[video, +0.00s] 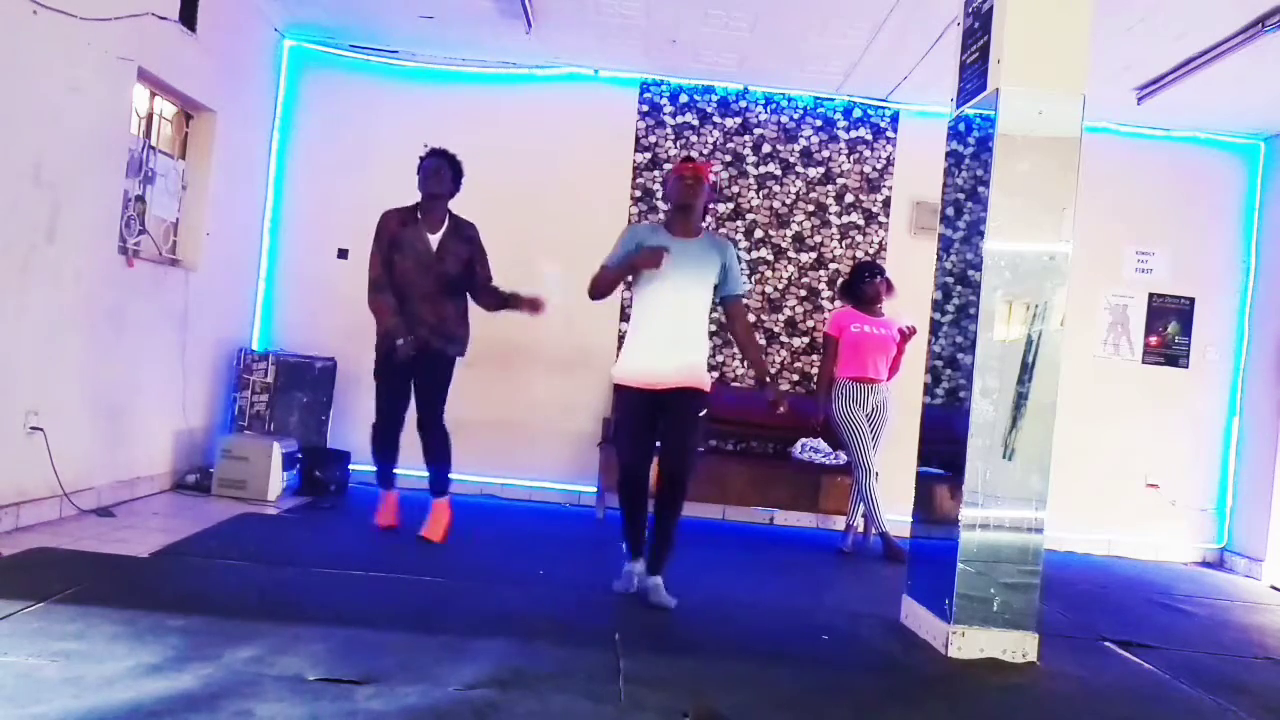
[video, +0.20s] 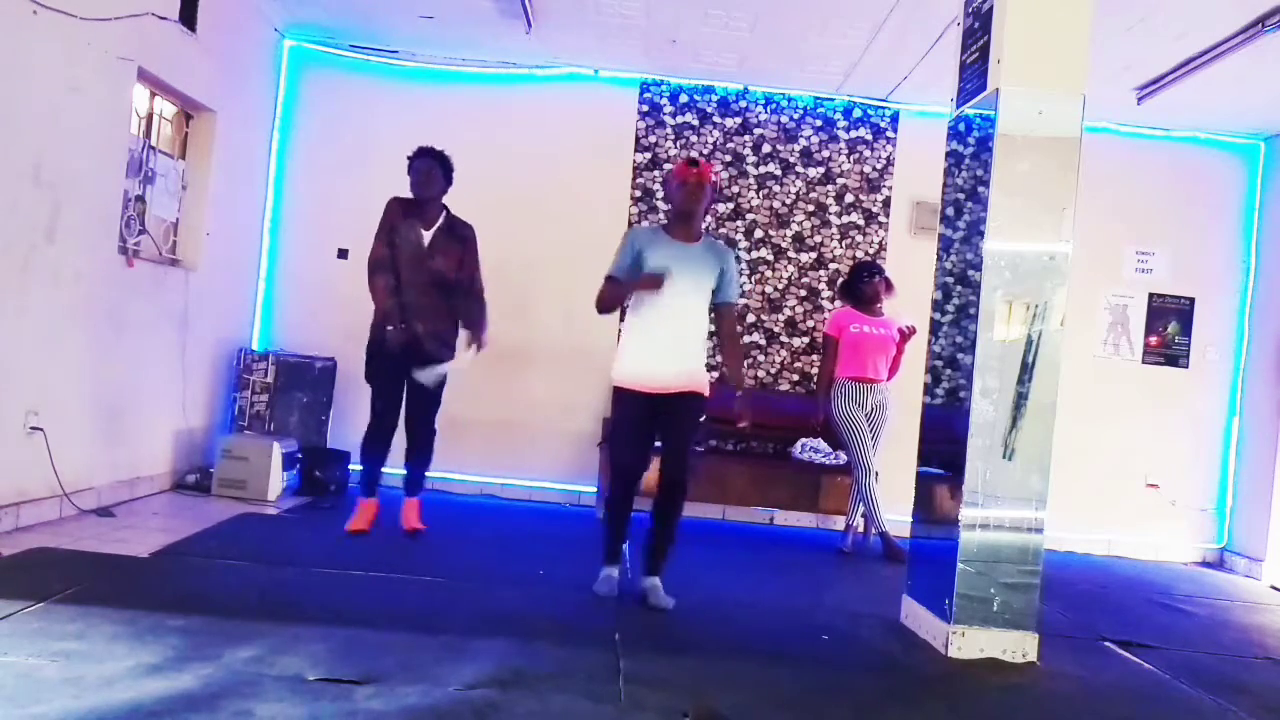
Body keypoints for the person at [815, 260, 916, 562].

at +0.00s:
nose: (880, 289)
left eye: (882, 282)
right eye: (873, 282)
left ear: (885, 286)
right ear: (859, 287)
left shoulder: (890, 327)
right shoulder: (841, 316)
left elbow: (889, 374)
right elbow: (827, 363)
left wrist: (902, 345)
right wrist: (822, 405)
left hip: (877, 397)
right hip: (847, 393)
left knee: (866, 465)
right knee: (866, 463)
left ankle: (849, 533)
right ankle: (884, 535)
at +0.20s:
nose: (879, 301)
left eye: (882, 295)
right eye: (872, 296)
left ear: (886, 290)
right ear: (857, 291)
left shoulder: (890, 326)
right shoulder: (840, 317)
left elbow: (889, 374)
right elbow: (827, 364)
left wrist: (901, 345)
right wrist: (822, 404)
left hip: (878, 396)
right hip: (846, 392)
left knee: (866, 465)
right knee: (865, 463)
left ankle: (849, 533)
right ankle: (884, 535)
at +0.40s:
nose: (879, 299)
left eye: (882, 292)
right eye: (872, 293)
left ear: (886, 290)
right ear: (856, 291)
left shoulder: (890, 326)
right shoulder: (840, 317)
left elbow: (889, 374)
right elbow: (827, 364)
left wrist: (900, 346)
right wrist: (821, 403)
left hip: (877, 397)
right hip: (846, 393)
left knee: (866, 465)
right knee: (864, 463)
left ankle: (848, 532)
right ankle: (884, 534)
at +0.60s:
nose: (879, 300)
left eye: (882, 294)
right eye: (872, 294)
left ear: (886, 291)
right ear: (856, 291)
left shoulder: (890, 327)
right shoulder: (840, 317)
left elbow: (888, 374)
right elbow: (827, 364)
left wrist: (900, 347)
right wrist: (822, 403)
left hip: (877, 397)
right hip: (845, 393)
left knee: (865, 466)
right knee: (864, 464)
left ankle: (848, 532)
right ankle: (884, 534)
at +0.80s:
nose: (878, 296)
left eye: (881, 289)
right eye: (871, 289)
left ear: (886, 289)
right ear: (856, 290)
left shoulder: (889, 327)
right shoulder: (839, 318)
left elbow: (888, 375)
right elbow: (825, 363)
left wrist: (899, 348)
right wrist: (820, 403)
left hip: (876, 397)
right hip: (843, 393)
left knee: (864, 465)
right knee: (863, 463)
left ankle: (847, 532)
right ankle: (883, 534)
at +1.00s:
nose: (879, 294)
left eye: (881, 287)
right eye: (872, 287)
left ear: (885, 289)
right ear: (856, 288)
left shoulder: (888, 327)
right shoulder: (839, 317)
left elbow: (889, 376)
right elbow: (825, 364)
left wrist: (898, 347)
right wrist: (819, 403)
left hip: (876, 397)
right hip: (844, 394)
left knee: (864, 465)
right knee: (862, 463)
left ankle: (846, 532)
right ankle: (884, 534)